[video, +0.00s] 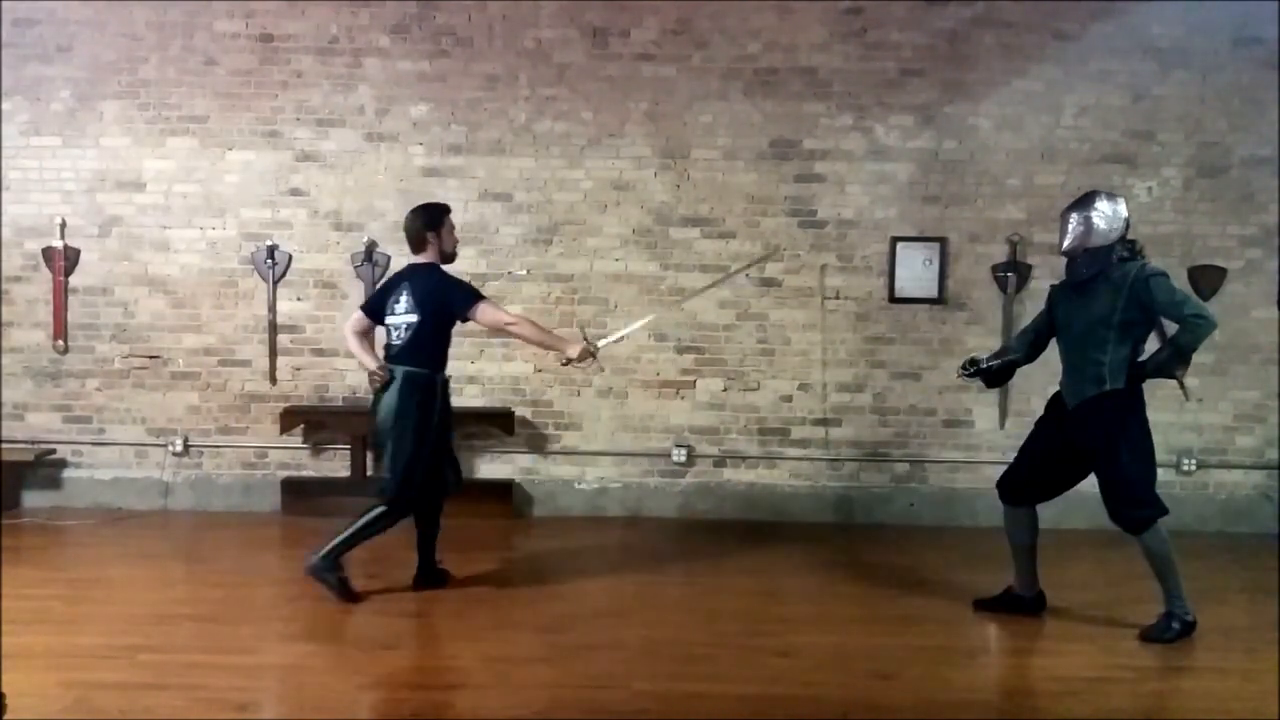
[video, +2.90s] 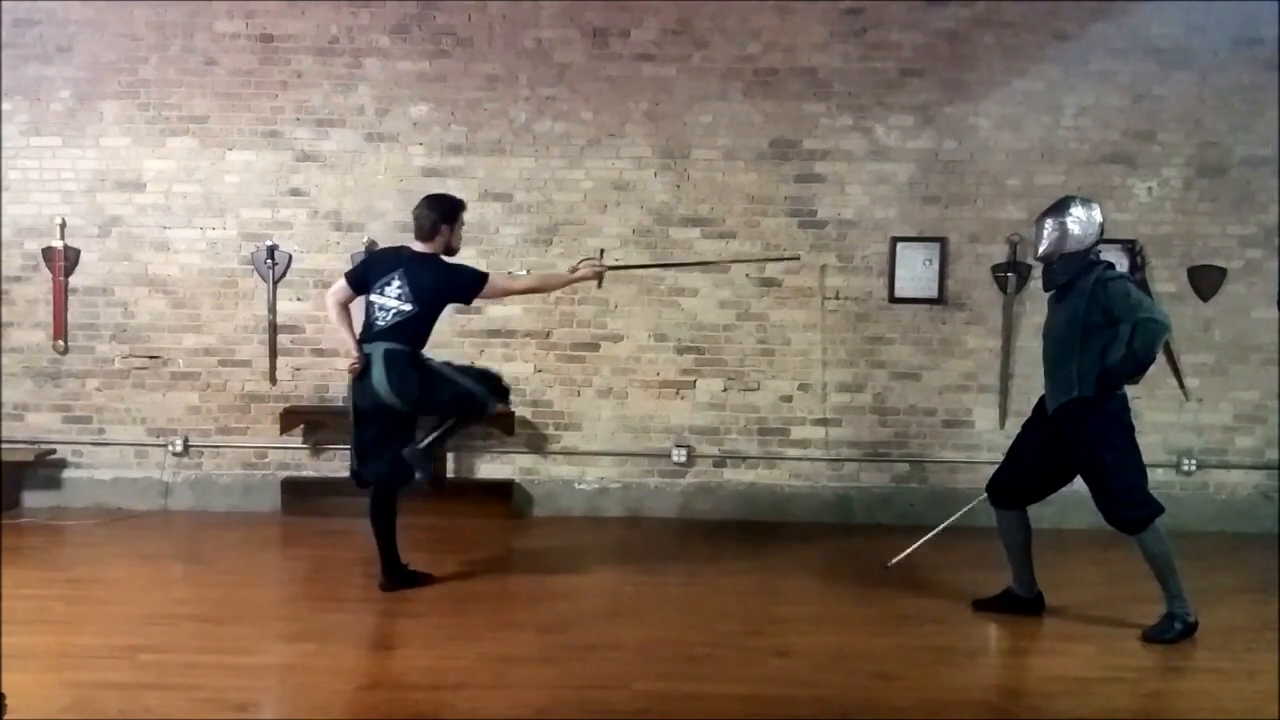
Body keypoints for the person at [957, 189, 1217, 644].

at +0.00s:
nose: (1072, 237)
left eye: (1082, 226)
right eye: (1070, 227)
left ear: (1108, 230)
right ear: (1068, 231)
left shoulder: (1139, 279)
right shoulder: (1065, 293)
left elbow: (1200, 320)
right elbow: (1030, 340)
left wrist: (1152, 366)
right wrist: (994, 363)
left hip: (1117, 412)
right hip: (1069, 412)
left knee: (1135, 510)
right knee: (1015, 491)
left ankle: (1179, 612)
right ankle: (1025, 592)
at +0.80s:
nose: (1049, 243)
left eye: (1057, 233)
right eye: (1049, 232)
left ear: (1081, 234)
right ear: (1066, 233)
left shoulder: (1111, 282)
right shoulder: (1065, 283)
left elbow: (1164, 322)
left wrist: (1130, 367)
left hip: (1101, 415)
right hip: (1058, 413)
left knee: (1133, 510)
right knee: (1005, 491)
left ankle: (1180, 612)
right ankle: (1024, 592)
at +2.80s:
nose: (1043, 244)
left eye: (1052, 233)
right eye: (1043, 233)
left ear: (1076, 235)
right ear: (1061, 235)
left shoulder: (1103, 282)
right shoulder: (1066, 285)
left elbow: (1153, 322)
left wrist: (1117, 375)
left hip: (1099, 416)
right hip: (1058, 414)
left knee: (1134, 511)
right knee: (1005, 493)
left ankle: (1181, 612)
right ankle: (1023, 592)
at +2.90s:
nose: (1044, 244)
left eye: (1052, 233)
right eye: (1043, 233)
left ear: (1077, 235)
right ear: (1061, 235)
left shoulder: (1104, 282)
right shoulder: (1066, 285)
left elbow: (1153, 322)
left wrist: (1117, 375)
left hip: (1100, 415)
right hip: (1058, 413)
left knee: (1134, 510)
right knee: (1004, 493)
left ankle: (1180, 612)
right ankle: (1023, 592)